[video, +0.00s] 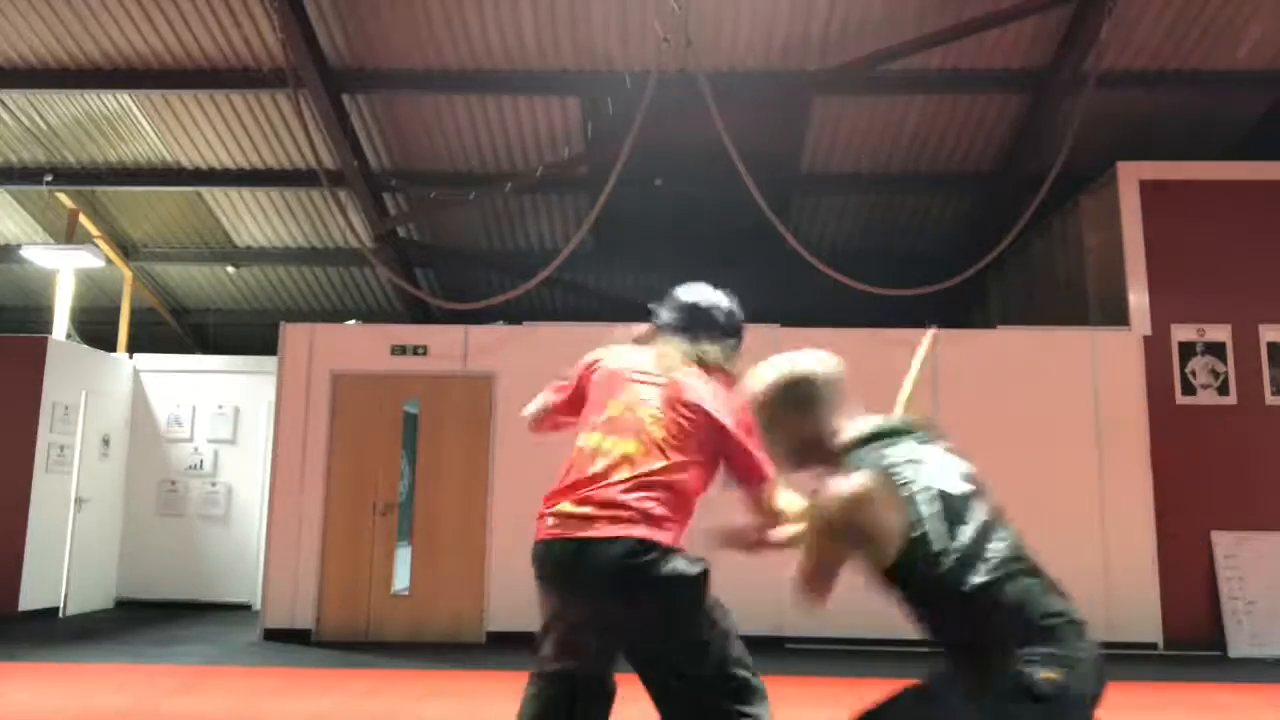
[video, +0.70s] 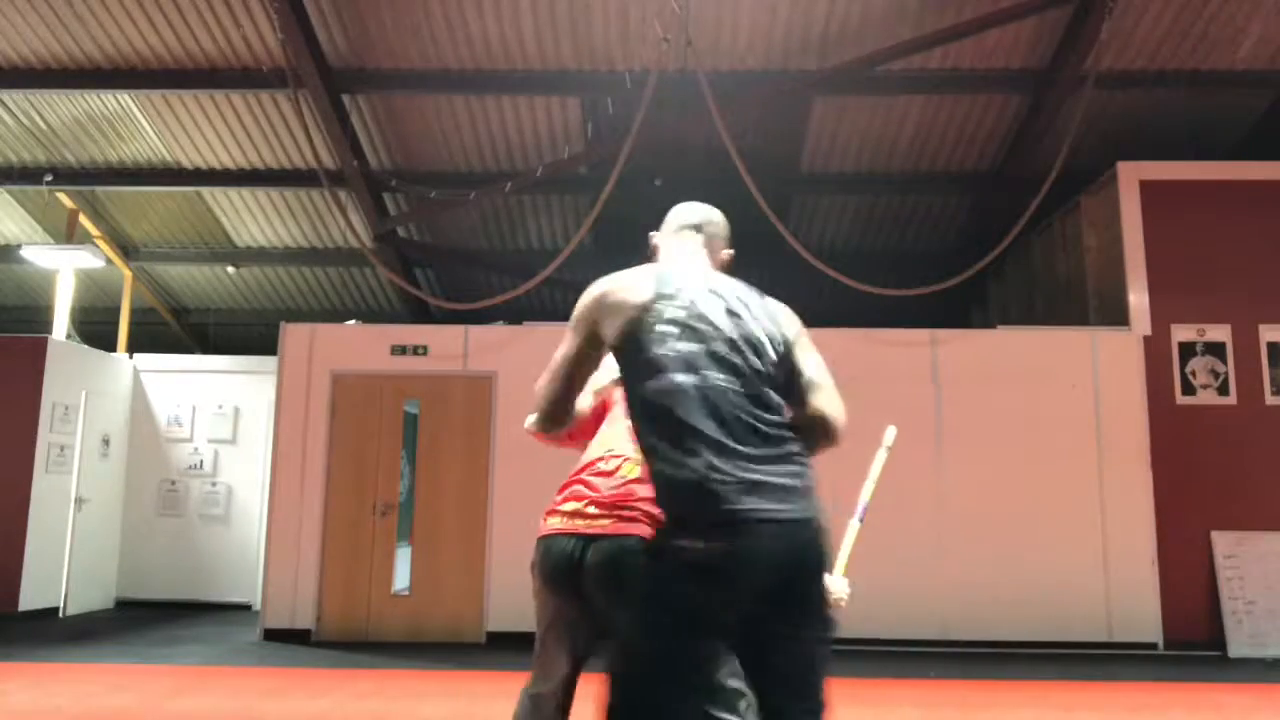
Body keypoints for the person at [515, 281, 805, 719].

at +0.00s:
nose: (734, 363)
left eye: (651, 324)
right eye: (730, 350)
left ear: (660, 328)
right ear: (721, 346)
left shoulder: (604, 362)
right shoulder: (716, 396)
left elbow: (536, 417)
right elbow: (769, 503)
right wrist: (807, 508)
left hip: (558, 548)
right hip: (638, 555)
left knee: (567, 687)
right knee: (732, 700)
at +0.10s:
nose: (727, 394)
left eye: (730, 387)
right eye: (726, 384)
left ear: (673, 354)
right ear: (705, 366)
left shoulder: (611, 369)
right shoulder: (714, 396)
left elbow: (529, 424)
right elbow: (738, 486)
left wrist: (593, 441)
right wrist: (697, 556)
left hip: (555, 548)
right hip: (638, 552)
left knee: (567, 684)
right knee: (695, 694)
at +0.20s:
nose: (725, 428)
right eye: (727, 419)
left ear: (672, 377)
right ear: (719, 408)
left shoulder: (617, 404)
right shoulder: (706, 435)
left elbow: (529, 432)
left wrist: (589, 456)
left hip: (546, 556)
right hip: (623, 562)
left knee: (547, 698)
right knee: (707, 705)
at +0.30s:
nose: (594, 374)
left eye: (594, 357)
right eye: (594, 357)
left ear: (609, 361)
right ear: (662, 340)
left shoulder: (710, 422)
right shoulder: (706, 390)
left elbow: (760, 580)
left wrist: (672, 514)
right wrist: (675, 498)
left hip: (883, 625)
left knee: (739, 708)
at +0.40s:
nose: (607, 325)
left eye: (606, 302)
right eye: (605, 305)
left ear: (616, 291)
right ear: (672, 285)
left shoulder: (664, 342)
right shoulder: (703, 329)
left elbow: (675, 496)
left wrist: (623, 426)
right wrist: (600, 416)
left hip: (816, 589)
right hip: (868, 577)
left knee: (705, 710)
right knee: (875, 711)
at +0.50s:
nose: (613, 289)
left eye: (614, 275)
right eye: (614, 276)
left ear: (627, 268)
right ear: (681, 271)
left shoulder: (647, 317)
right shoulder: (717, 321)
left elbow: (630, 465)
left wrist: (618, 406)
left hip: (789, 572)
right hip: (851, 561)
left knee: (701, 707)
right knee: (855, 709)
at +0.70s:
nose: (655, 248)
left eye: (656, 241)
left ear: (656, 243)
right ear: (725, 254)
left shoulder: (614, 293)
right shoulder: (777, 313)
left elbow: (547, 418)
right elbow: (828, 421)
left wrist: (597, 398)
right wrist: (753, 421)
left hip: (698, 542)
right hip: (794, 544)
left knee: (646, 707)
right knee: (794, 708)